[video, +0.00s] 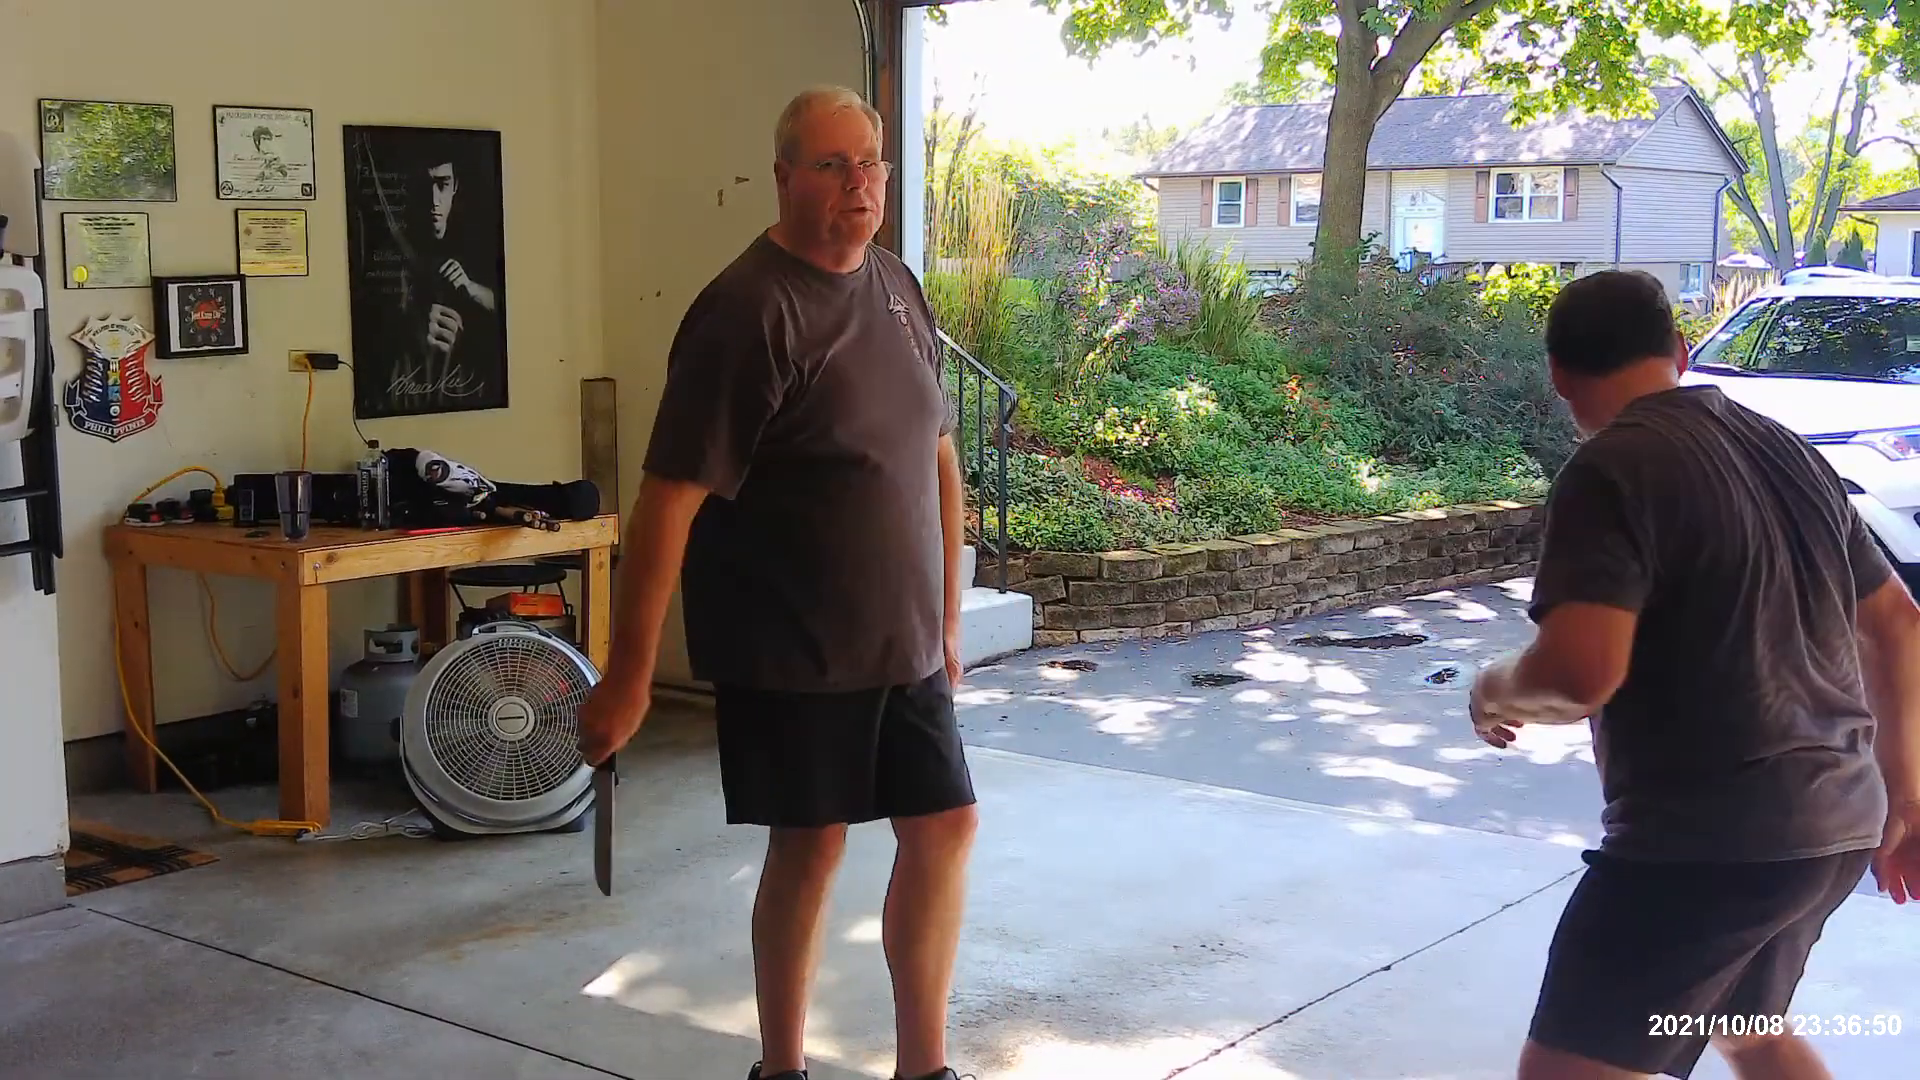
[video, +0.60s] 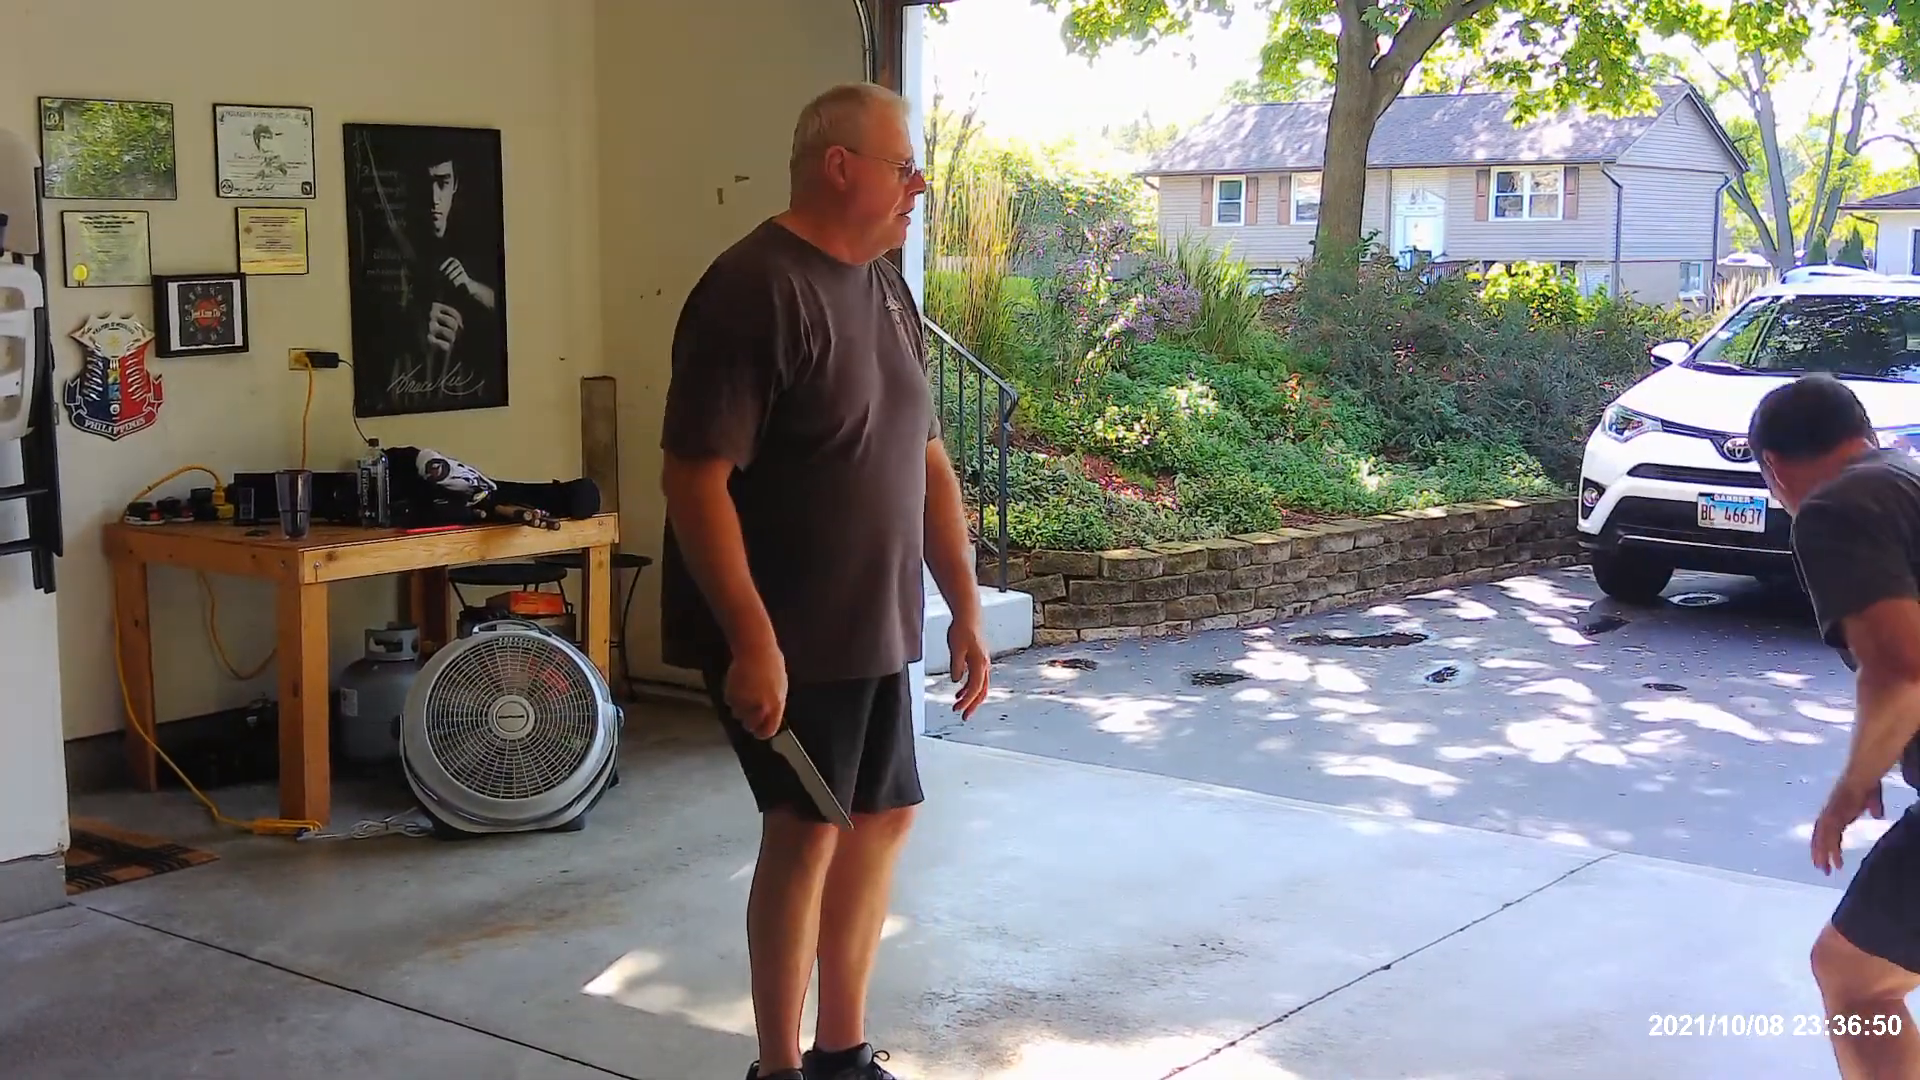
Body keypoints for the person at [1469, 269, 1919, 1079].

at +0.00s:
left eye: (1556, 380)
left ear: (1561, 378)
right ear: (1680, 349)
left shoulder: (1611, 466)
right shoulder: (1785, 447)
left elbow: (1583, 670)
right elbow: (1891, 615)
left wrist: (1500, 688)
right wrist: (1902, 796)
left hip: (1709, 834)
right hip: (1843, 816)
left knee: (1566, 1066)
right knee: (1750, 1021)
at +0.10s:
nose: (1622, 393)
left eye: (1614, 375)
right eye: (1619, 376)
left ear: (1618, 370)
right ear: (1725, 337)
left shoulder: (1684, 448)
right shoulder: (1833, 425)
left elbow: (1693, 625)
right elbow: (1912, 586)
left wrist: (1568, 670)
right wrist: (1894, 713)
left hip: (1771, 804)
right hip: (1890, 785)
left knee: (1662, 1052)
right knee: (1795, 1010)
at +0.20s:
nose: (1662, 354)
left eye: (1656, 338)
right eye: (1659, 340)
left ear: (1663, 335)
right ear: (1763, 300)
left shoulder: (1731, 406)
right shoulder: (1870, 380)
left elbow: (1762, 574)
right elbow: (1905, 531)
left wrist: (1640, 627)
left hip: (1812, 760)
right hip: (1905, 747)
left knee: (1733, 1010)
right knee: (1832, 993)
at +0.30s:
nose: (1690, 331)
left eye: (1683, 315)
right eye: (1685, 317)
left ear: (1693, 305)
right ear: (1789, 272)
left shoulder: (1754, 367)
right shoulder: (1882, 334)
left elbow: (1793, 530)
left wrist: (1701, 588)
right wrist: (1745, 580)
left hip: (1850, 713)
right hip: (1906, 698)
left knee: (1819, 964)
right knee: (1881, 945)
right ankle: (1897, 1064)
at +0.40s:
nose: (1718, 347)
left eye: (1712, 332)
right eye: (1715, 333)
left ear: (1723, 324)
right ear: (1812, 292)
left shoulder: (1782, 386)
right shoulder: (1894, 350)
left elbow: (1828, 551)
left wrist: (1747, 619)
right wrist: (1783, 605)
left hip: (1880, 729)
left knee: (1873, 979)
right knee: (1895, 955)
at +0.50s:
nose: (1751, 419)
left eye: (1745, 400)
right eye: (1749, 400)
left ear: (1757, 394)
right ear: (1850, 367)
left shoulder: (1808, 459)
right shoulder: (1904, 415)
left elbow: (1858, 626)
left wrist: (1795, 711)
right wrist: (1822, 694)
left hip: (1907, 779)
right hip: (1907, 772)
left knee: (1838, 978)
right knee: (1842, 973)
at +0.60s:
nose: (1775, 496)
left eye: (1767, 480)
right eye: (1770, 480)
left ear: (1777, 469)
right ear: (1864, 433)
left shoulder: (1834, 509)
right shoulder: (1906, 474)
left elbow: (1897, 666)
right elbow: (1901, 664)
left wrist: (1850, 789)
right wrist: (1870, 775)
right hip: (1919, 806)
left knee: (1850, 967)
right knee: (1869, 969)